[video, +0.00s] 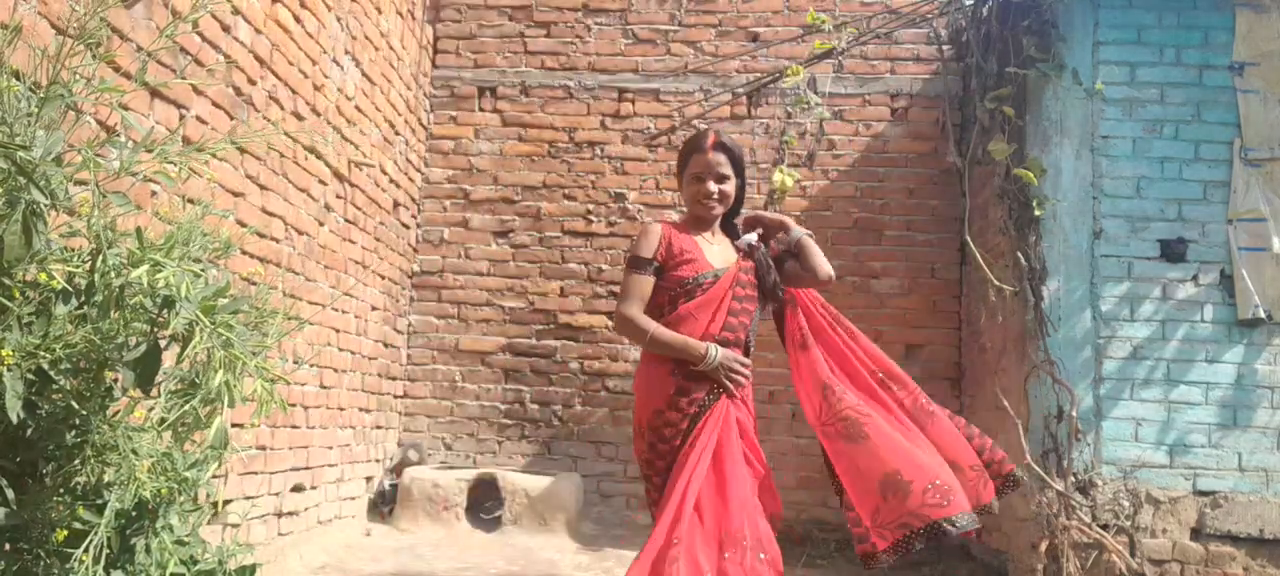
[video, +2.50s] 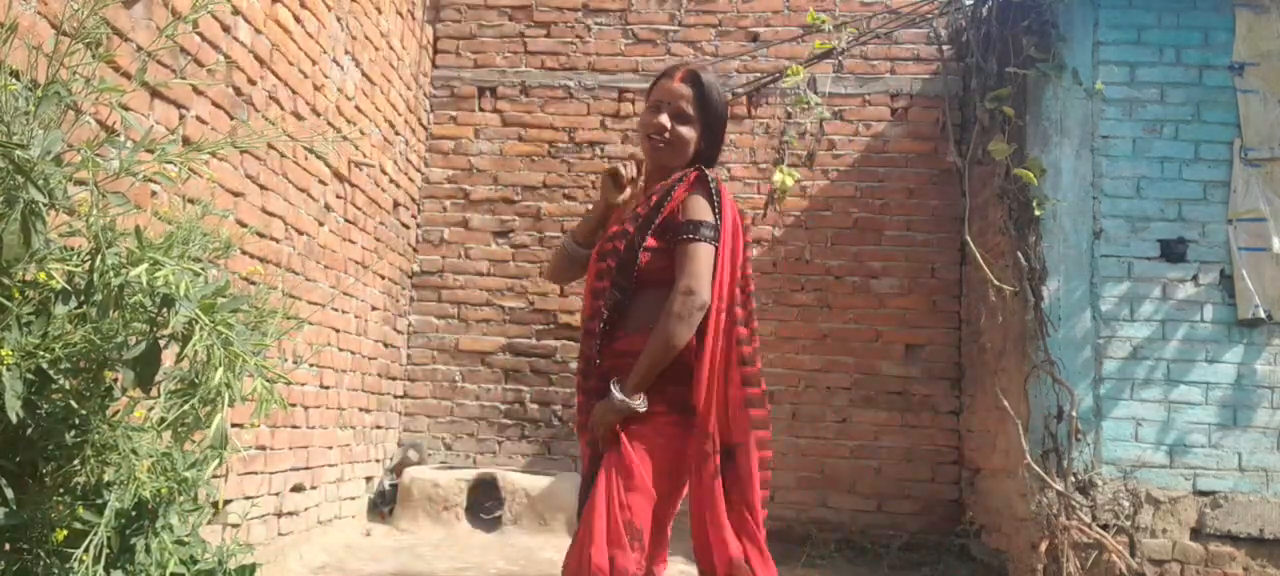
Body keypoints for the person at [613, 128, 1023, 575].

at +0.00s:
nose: (709, 189)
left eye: (721, 178)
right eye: (697, 177)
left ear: (737, 186)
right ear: (679, 181)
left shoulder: (745, 250)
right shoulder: (659, 236)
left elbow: (821, 275)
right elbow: (626, 315)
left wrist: (788, 227)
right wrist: (701, 353)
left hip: (729, 391)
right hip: (670, 391)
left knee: (729, 512)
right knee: (679, 518)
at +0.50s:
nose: (689, 206)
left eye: (699, 196)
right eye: (678, 194)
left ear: (715, 196)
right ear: (660, 189)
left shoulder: (726, 243)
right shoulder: (641, 243)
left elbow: (783, 209)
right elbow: (614, 322)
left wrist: (745, 204)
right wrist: (671, 362)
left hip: (712, 396)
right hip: (652, 394)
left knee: (711, 508)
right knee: (649, 509)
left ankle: (704, 572)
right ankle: (648, 572)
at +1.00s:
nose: (681, 186)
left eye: (695, 178)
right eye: (672, 172)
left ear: (710, 188)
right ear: (653, 174)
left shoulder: (722, 244)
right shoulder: (621, 242)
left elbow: (761, 331)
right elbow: (588, 321)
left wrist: (739, 265)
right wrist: (594, 332)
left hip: (700, 401)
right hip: (632, 402)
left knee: (669, 519)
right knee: (624, 525)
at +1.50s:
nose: (684, 159)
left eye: (700, 151)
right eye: (673, 144)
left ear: (717, 163)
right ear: (652, 149)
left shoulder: (725, 222)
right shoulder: (623, 224)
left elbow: (784, 272)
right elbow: (553, 261)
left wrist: (771, 178)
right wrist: (594, 181)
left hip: (713, 390)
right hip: (637, 393)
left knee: (692, 545)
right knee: (637, 541)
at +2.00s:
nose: (685, 113)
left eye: (699, 102)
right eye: (670, 98)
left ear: (716, 112)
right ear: (646, 108)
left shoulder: (730, 190)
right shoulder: (625, 177)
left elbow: (800, 227)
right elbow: (585, 153)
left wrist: (733, 171)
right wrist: (634, 86)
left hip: (721, 381)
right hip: (636, 382)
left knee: (728, 535)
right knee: (629, 539)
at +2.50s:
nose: (661, 123)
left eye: (681, 116)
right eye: (655, 108)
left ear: (705, 135)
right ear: (642, 115)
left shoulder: (694, 195)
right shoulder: (639, 199)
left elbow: (692, 300)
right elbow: (559, 272)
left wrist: (628, 393)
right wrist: (602, 209)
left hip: (656, 413)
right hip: (624, 407)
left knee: (604, 557)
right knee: (629, 559)